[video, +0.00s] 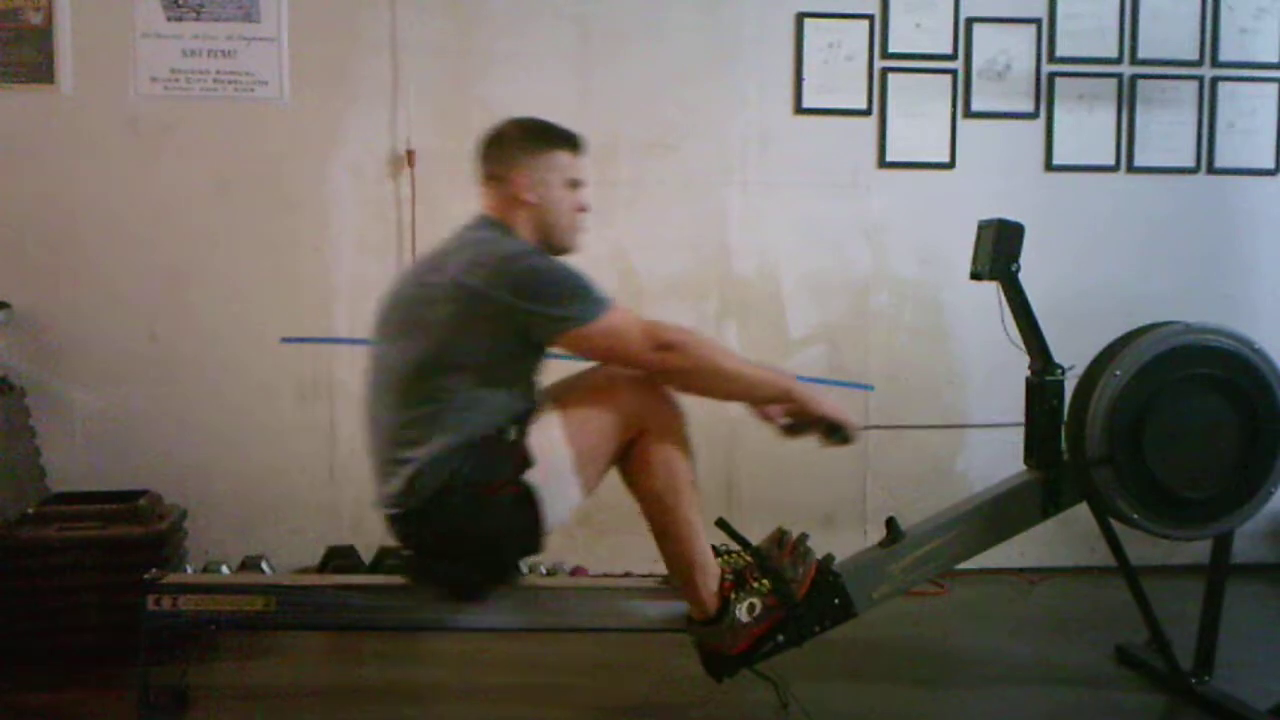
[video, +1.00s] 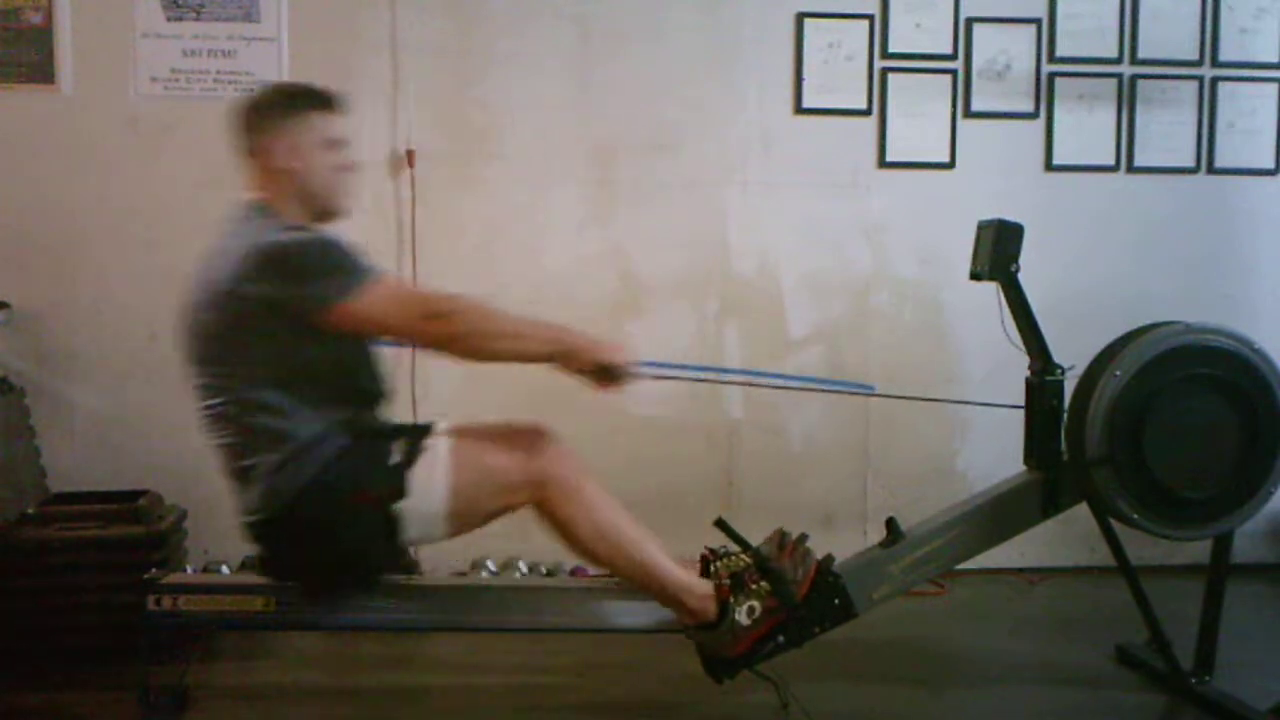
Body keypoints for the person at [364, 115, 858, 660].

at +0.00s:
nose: (586, 203)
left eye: (583, 186)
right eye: (572, 185)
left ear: (521, 192)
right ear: (522, 190)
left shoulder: (465, 262)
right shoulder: (505, 268)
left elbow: (638, 350)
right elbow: (655, 349)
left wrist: (758, 393)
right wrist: (798, 393)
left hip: (434, 519)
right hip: (463, 521)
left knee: (631, 387)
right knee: (642, 395)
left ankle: (706, 591)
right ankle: (713, 610)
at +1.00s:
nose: (349, 166)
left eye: (345, 147)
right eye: (331, 148)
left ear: (281, 159)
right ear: (275, 154)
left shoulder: (267, 247)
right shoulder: (282, 252)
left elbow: (429, 318)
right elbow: (433, 320)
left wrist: (565, 346)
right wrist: (572, 348)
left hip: (319, 484)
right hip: (324, 496)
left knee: (533, 449)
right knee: (539, 457)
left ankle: (696, 598)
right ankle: (706, 612)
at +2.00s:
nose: (320, 186)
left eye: (318, 169)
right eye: (303, 169)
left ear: (252, 174)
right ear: (243, 170)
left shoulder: (260, 264)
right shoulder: (218, 267)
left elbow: (360, 365)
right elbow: (342, 376)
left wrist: (479, 397)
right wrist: (484, 399)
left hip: (314, 479)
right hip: (284, 507)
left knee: (511, 475)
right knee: (509, 489)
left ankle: (703, 584)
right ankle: (705, 613)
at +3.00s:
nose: (706, 208)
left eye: (703, 192)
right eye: (696, 191)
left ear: (642, 197)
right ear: (653, 195)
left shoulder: (599, 259)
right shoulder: (642, 266)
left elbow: (772, 336)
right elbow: (801, 336)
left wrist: (887, 372)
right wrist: (939, 364)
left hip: (531, 512)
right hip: (558, 517)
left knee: (716, 366)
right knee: (728, 379)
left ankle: (702, 567)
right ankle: (717, 594)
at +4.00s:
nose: (172, 199)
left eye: (169, 183)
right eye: (153, 184)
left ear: (116, 197)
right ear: (90, 197)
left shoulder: (139, 287)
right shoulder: (74, 291)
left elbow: (161, 399)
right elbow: (45, 426)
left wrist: (233, 352)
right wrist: (179, 353)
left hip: (305, 468)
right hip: (272, 500)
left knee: (502, 507)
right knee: (493, 522)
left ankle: (706, 594)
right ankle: (710, 614)